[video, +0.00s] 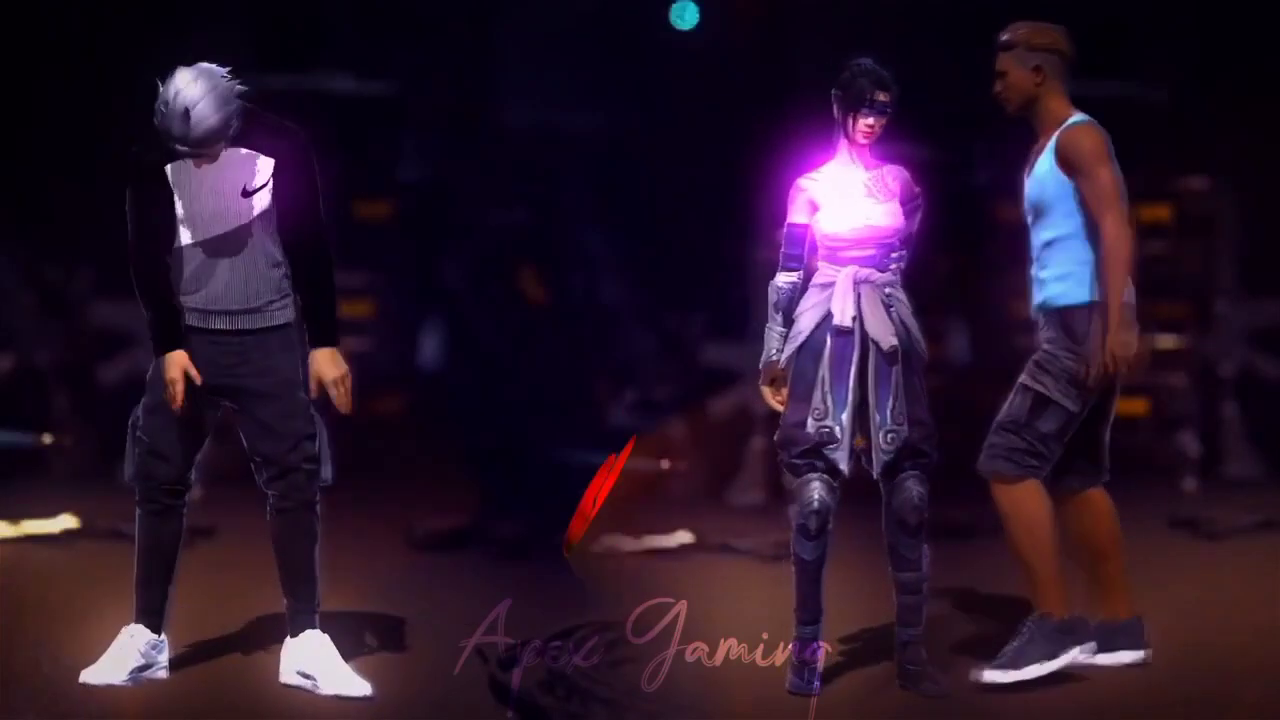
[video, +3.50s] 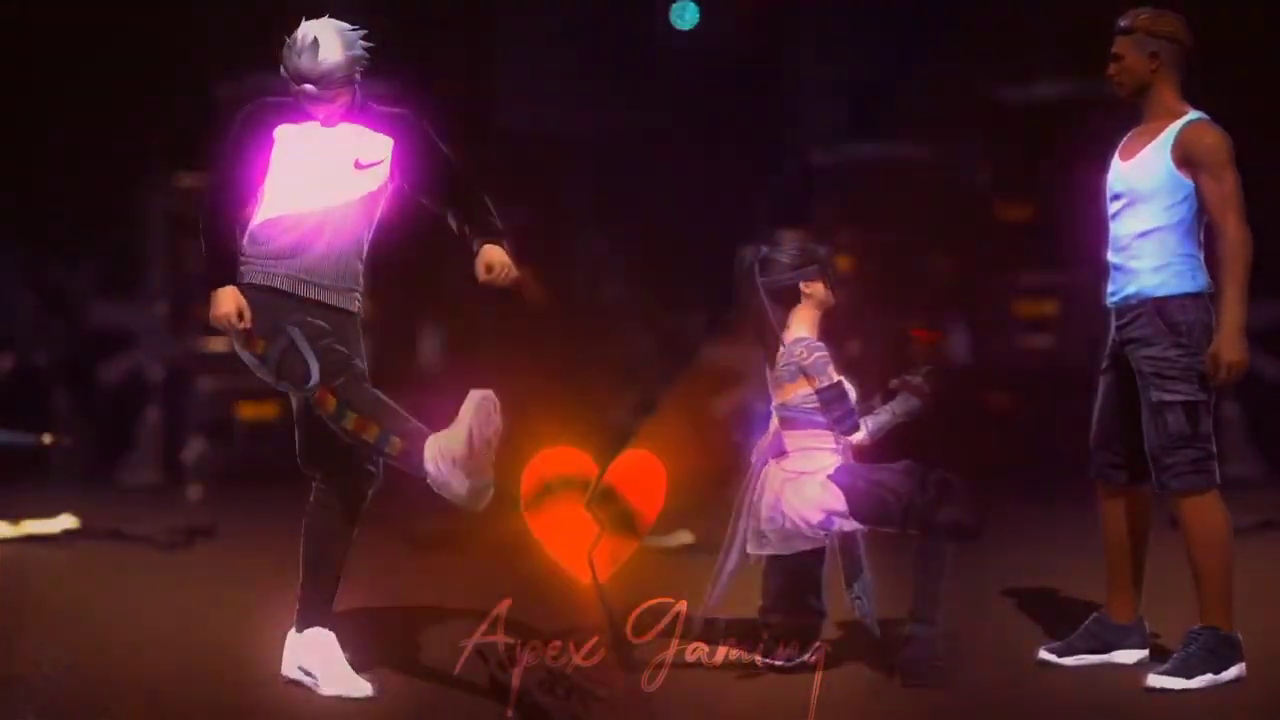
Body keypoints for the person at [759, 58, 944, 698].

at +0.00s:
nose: (872, 123)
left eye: (882, 112)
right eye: (863, 110)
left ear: (892, 118)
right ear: (840, 111)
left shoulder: (903, 185)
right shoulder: (809, 184)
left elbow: (900, 270)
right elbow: (789, 273)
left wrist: (911, 345)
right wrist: (774, 355)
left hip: (891, 342)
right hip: (822, 340)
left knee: (909, 494)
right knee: (815, 499)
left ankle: (912, 647)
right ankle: (808, 639)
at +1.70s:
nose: (882, 176)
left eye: (889, 166)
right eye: (872, 166)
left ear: (896, 174)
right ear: (850, 172)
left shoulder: (912, 245)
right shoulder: (817, 243)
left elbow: (932, 325)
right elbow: (800, 323)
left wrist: (942, 379)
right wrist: (814, 371)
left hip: (894, 384)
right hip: (833, 381)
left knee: (902, 517)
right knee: (860, 500)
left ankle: (851, 615)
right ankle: (838, 651)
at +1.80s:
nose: (893, 199)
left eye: (897, 190)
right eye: (882, 189)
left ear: (900, 197)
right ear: (853, 194)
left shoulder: (910, 270)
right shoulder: (825, 265)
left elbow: (917, 351)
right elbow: (814, 350)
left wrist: (908, 407)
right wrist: (869, 410)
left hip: (889, 408)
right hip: (831, 397)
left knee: (866, 559)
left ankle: (780, 610)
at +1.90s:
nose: (894, 205)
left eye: (898, 195)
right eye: (883, 195)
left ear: (901, 202)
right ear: (853, 200)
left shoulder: (907, 275)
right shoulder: (826, 267)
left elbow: (911, 356)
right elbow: (814, 352)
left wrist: (906, 408)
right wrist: (870, 415)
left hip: (885, 406)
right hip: (828, 393)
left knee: (867, 558)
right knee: (837, 424)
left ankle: (771, 608)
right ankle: (877, 470)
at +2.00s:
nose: (890, 218)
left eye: (890, 210)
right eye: (879, 210)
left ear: (876, 218)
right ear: (848, 216)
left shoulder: (888, 288)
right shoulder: (827, 282)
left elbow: (893, 366)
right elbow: (824, 367)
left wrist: (931, 406)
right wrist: (894, 409)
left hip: (873, 416)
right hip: (825, 412)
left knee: (851, 576)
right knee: (872, 451)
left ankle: (732, 607)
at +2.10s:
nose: (883, 230)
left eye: (882, 222)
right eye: (873, 222)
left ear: (855, 231)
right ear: (842, 230)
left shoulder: (869, 298)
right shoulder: (823, 298)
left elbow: (876, 376)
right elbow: (830, 379)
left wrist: (925, 409)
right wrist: (894, 409)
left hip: (854, 429)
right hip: (817, 430)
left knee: (838, 586)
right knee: (933, 488)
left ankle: (707, 606)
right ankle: (917, 651)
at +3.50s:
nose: (830, 287)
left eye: (825, 279)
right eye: (822, 280)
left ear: (799, 292)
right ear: (804, 288)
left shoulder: (790, 350)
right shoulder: (810, 349)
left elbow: (843, 427)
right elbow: (852, 432)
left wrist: (893, 398)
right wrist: (909, 402)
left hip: (789, 483)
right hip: (814, 485)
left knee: (792, 627)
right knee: (942, 497)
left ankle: (677, 625)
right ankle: (923, 640)